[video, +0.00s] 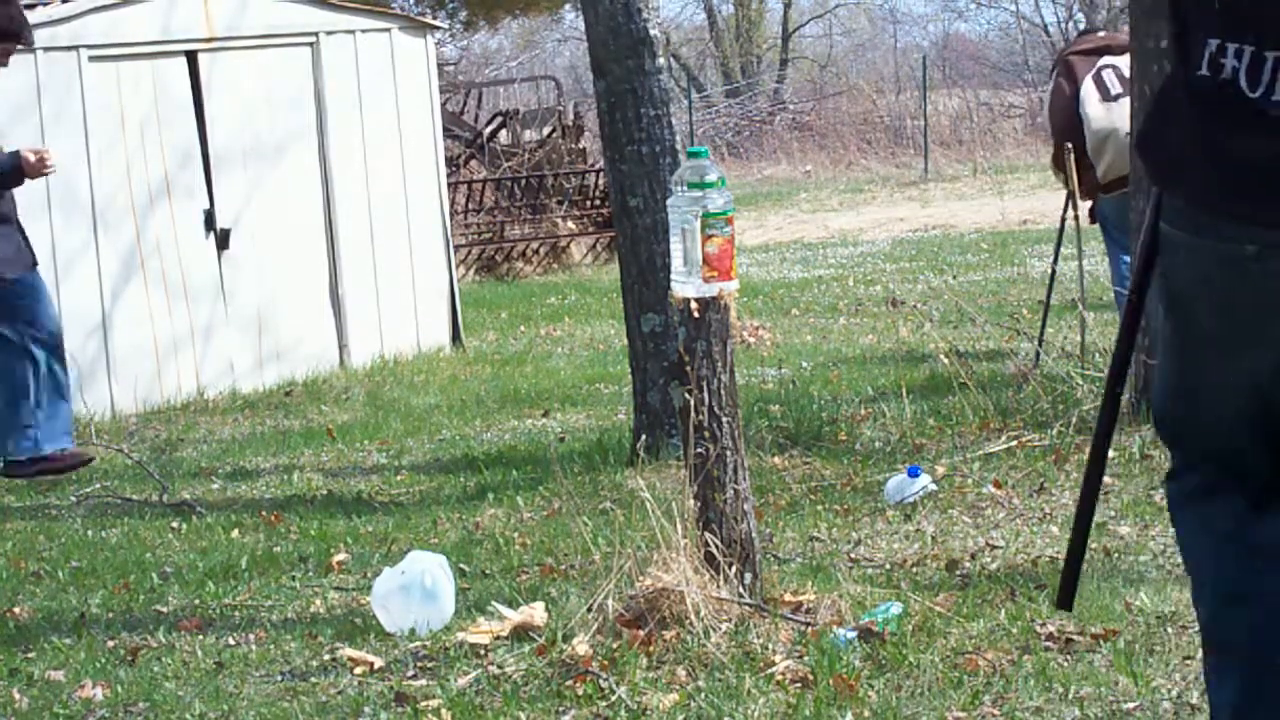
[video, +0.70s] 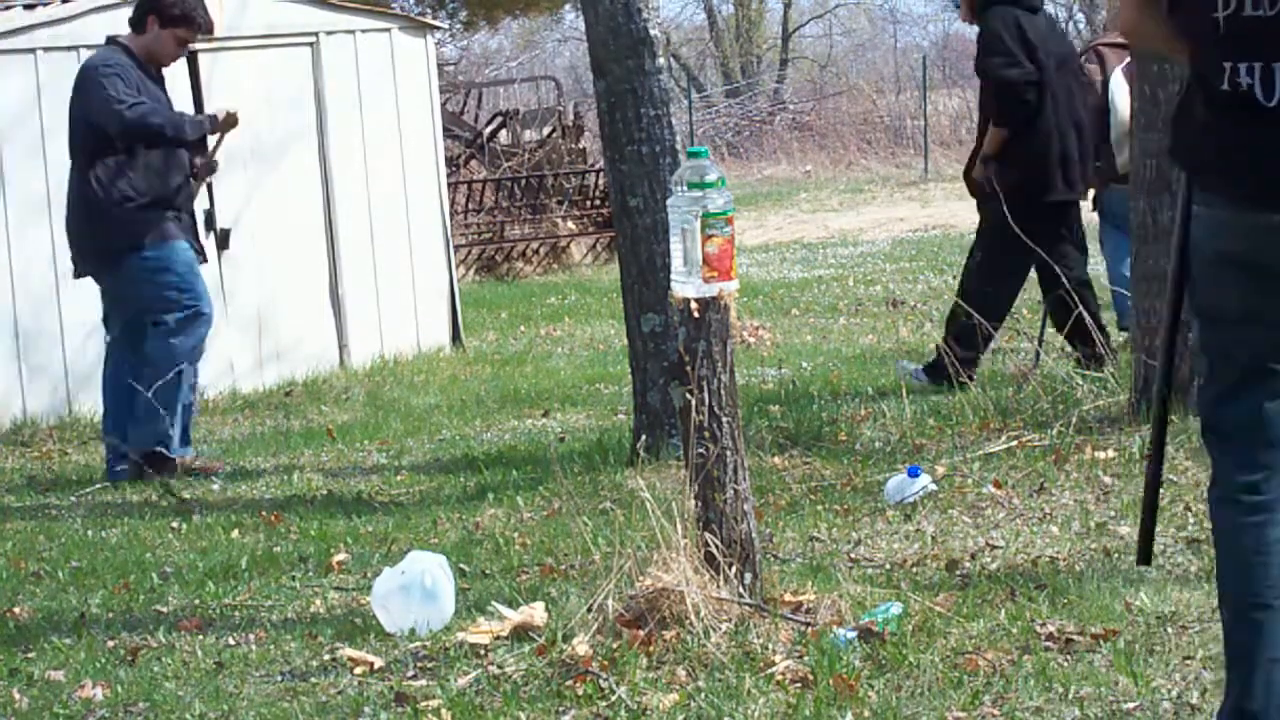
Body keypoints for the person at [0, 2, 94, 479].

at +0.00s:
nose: (9, 58)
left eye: (12, 50)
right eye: (9, 49)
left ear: (12, 46)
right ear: (0, 43)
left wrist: (16, 166)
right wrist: (15, 166)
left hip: (11, 237)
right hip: (4, 238)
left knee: (30, 328)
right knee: (34, 326)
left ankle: (33, 443)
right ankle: (25, 446)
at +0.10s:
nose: (25, 65)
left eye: (30, 55)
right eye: (24, 53)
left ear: (10, 47)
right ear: (1, 42)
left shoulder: (2, 99)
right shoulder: (0, 101)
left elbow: (6, 183)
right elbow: (4, 186)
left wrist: (30, 171)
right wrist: (30, 175)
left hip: (16, 254)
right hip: (7, 256)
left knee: (44, 353)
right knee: (40, 353)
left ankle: (105, 445)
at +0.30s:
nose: (81, 70)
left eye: (86, 61)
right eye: (79, 59)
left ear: (52, 46)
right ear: (48, 42)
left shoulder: (41, 90)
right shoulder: (10, 87)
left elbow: (40, 172)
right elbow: (17, 165)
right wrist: (83, 168)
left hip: (60, 257)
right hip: (20, 258)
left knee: (87, 359)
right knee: (6, 366)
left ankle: (129, 466)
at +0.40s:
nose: (111, 71)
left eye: (117, 62)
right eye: (110, 59)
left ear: (87, 45)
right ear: (81, 40)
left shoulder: (75, 92)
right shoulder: (36, 85)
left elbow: (79, 176)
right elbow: (47, 159)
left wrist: (126, 170)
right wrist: (123, 159)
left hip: (93, 253)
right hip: (50, 253)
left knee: (111, 359)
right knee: (42, 356)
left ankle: (128, 468)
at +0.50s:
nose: (138, 67)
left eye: (144, 58)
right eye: (138, 54)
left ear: (119, 42)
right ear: (110, 34)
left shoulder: (102, 87)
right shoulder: (64, 75)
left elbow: (107, 178)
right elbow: (75, 142)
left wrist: (150, 168)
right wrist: (160, 142)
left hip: (116, 239)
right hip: (78, 239)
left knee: (126, 349)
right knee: (105, 341)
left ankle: (131, 470)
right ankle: (8, 429)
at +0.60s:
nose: (160, 59)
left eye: (166, 50)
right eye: (158, 46)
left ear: (139, 34)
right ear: (129, 27)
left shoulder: (123, 83)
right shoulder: (85, 72)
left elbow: (122, 170)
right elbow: (102, 127)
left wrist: (167, 171)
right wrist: (181, 132)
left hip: (121, 226)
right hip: (105, 227)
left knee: (128, 342)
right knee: (154, 318)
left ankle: (141, 464)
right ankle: (69, 425)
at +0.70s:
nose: (182, 54)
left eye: (187, 46)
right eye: (180, 42)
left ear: (154, 27)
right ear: (150, 24)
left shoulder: (144, 80)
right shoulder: (107, 69)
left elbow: (143, 166)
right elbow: (130, 120)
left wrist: (190, 167)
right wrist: (204, 124)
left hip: (129, 227)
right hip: (135, 224)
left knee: (130, 340)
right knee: (188, 314)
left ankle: (125, 457)